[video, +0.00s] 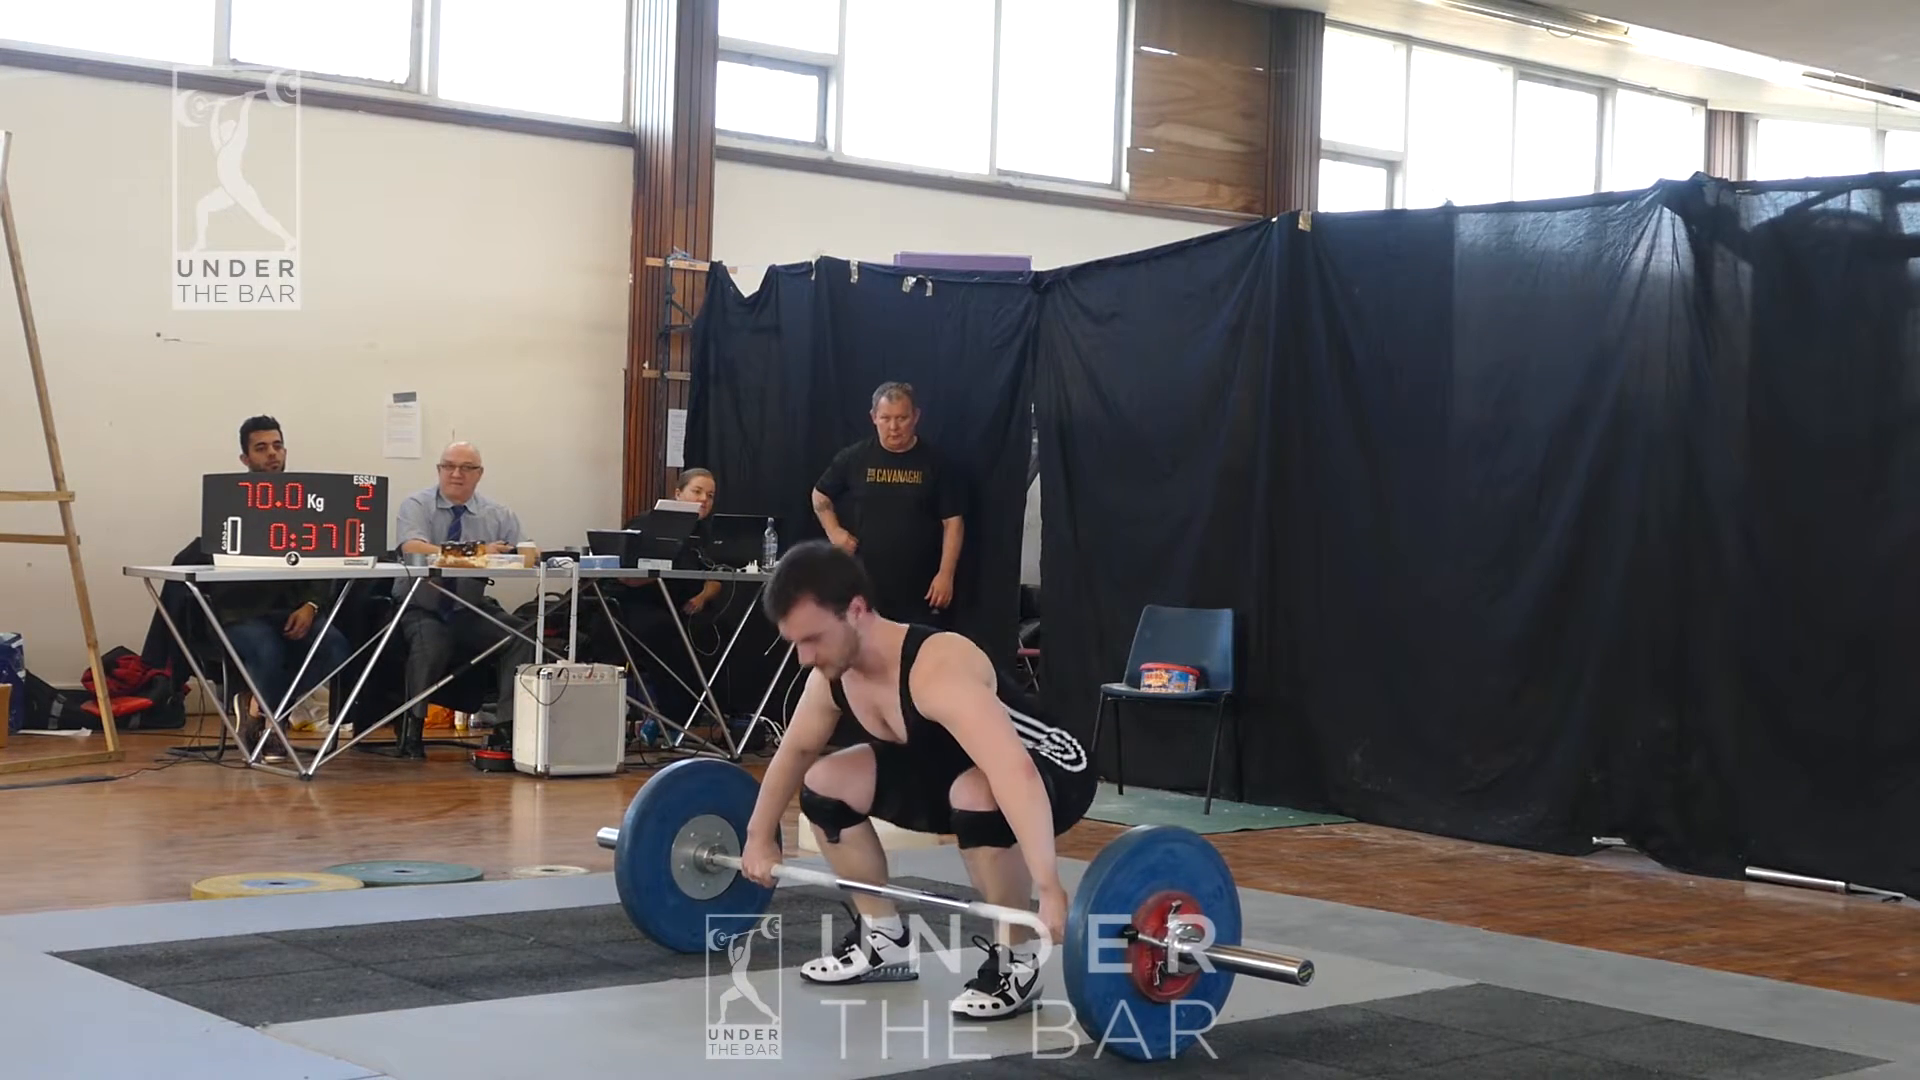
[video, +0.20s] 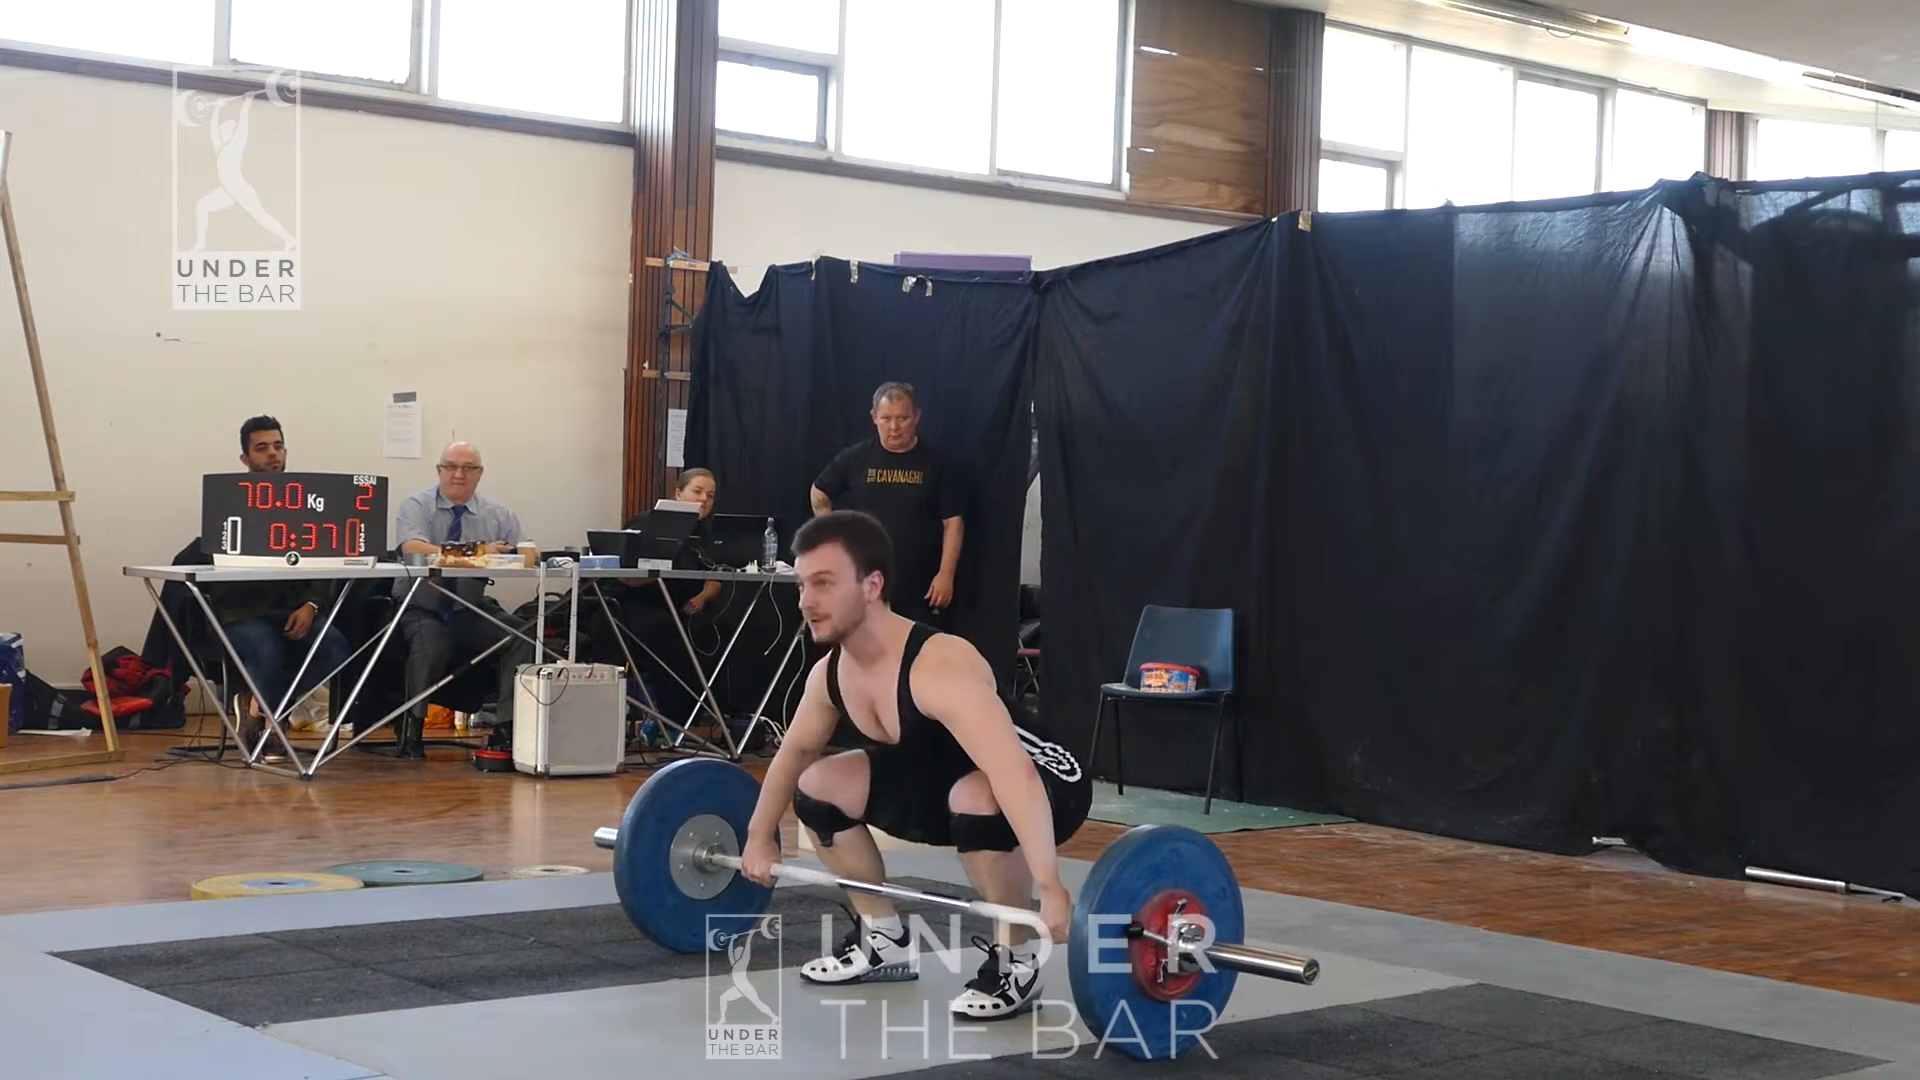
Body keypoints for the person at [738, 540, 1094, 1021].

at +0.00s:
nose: (804, 658)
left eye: (812, 639)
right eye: (794, 644)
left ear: (857, 610)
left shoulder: (940, 670)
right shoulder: (832, 674)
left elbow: (1017, 772)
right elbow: (793, 752)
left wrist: (1048, 885)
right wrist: (760, 833)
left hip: (1050, 768)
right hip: (949, 770)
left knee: (973, 795)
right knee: (827, 784)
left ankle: (1016, 961)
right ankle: (885, 938)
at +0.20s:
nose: (806, 601)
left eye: (823, 583)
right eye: (801, 586)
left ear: (873, 584)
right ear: (798, 589)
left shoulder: (940, 664)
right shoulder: (827, 677)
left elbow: (1012, 769)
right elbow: (796, 751)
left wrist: (1050, 886)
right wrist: (760, 832)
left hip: (1037, 782)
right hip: (940, 781)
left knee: (972, 797)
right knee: (820, 787)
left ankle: (1015, 959)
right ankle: (883, 938)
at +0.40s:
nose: (806, 593)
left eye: (825, 577)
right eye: (802, 578)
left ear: (873, 586)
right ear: (798, 582)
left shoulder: (939, 665)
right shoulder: (825, 678)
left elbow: (1013, 767)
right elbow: (795, 750)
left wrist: (1049, 883)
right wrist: (758, 830)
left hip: (1032, 780)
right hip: (935, 779)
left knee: (969, 797)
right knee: (817, 789)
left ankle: (1013, 958)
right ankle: (883, 939)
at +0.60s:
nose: (802, 576)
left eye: (820, 561)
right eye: (798, 562)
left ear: (869, 570)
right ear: (792, 566)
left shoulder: (936, 637)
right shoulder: (822, 645)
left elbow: (1025, 726)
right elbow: (788, 715)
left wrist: (1050, 844)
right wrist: (752, 800)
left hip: (1011, 739)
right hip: (935, 739)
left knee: (988, 782)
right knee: (835, 776)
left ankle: (1015, 959)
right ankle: (883, 938)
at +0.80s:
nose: (810, 476)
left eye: (829, 463)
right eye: (806, 463)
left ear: (875, 478)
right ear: (801, 473)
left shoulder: (937, 545)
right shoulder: (826, 555)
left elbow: (1036, 616)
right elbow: (793, 616)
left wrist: (1056, 731)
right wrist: (760, 695)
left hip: (1027, 659)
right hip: (948, 664)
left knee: (1014, 771)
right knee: (870, 763)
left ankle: (1020, 955)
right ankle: (884, 936)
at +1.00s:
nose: (916, 274)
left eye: (940, 268)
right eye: (920, 269)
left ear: (981, 306)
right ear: (918, 304)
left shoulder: (995, 398)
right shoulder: (879, 403)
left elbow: (1052, 496)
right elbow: (825, 489)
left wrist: (1064, 600)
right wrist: (765, 574)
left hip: (971, 629)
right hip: (886, 623)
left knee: (939, 783)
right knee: (822, 774)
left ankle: (1004, 945)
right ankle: (873, 920)